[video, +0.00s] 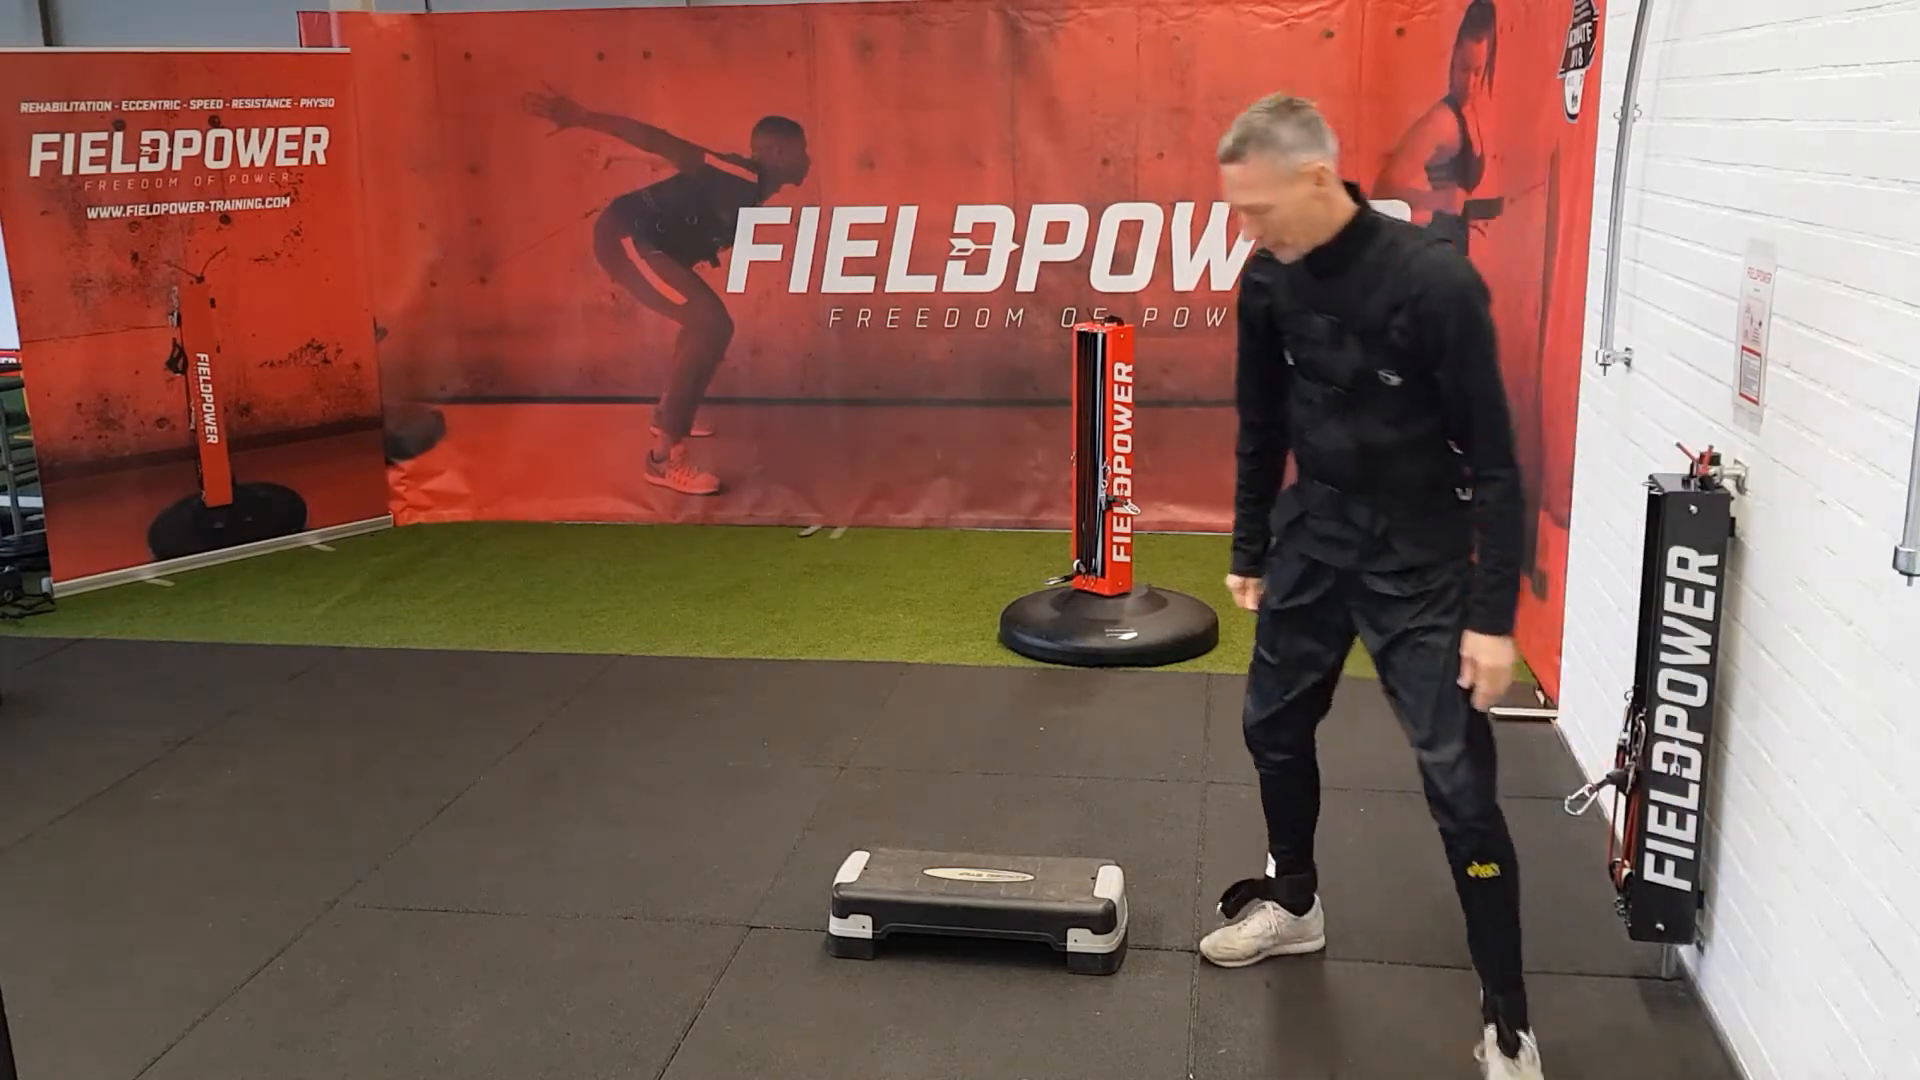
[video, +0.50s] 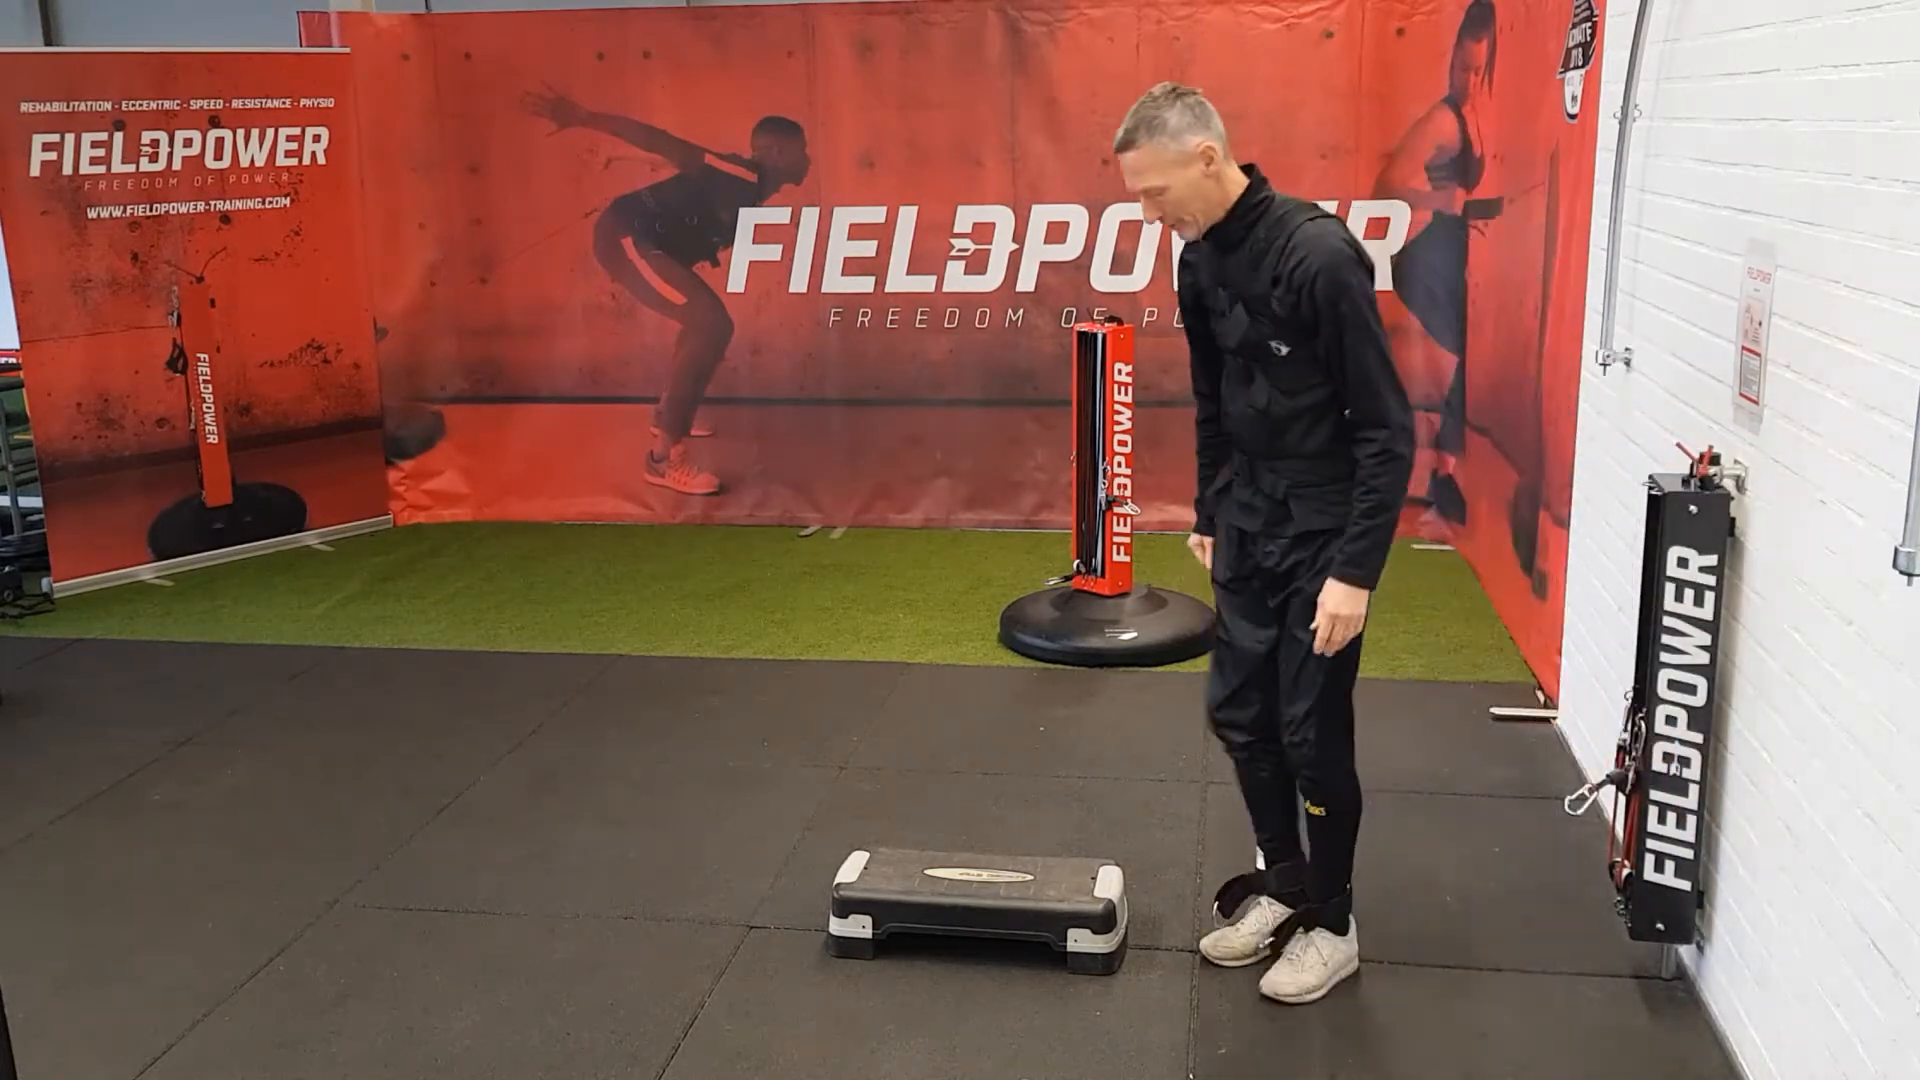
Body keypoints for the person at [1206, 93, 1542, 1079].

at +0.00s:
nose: (1247, 232)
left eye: (1259, 211)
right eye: (1238, 211)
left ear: (1322, 180)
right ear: (1251, 192)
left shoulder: (1434, 282)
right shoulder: (1269, 277)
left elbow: (1497, 461)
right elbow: (1259, 424)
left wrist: (1492, 619)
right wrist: (1250, 548)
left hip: (1423, 558)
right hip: (1311, 544)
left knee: (1459, 786)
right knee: (1274, 726)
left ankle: (1508, 1027)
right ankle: (1292, 900)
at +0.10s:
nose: (1212, 221)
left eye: (1222, 201)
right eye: (1203, 203)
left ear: (1284, 171)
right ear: (1243, 183)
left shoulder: (1400, 270)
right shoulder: (1244, 272)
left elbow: (1457, 443)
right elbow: (1234, 417)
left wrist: (1449, 595)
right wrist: (1219, 543)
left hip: (1397, 550)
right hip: (1292, 539)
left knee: (1431, 776)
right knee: (1272, 730)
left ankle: (1477, 1008)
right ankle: (1292, 903)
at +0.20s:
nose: (1186, 217)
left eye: (1196, 195)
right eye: (1176, 198)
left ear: (1254, 165)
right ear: (1206, 180)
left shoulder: (1367, 254)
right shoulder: (1219, 270)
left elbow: (1432, 422)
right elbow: (1216, 415)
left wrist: (1417, 572)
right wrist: (1200, 536)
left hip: (1385, 530)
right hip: (1288, 525)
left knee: (1387, 752)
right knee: (1280, 727)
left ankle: (1420, 972)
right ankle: (1292, 901)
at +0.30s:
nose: (1171, 218)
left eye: (1179, 197)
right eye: (1160, 201)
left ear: (1234, 164)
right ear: (1168, 185)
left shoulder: (1346, 247)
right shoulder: (1204, 270)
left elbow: (1416, 414)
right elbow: (1206, 412)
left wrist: (1394, 559)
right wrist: (1195, 532)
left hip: (1366, 526)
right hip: (1274, 523)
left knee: (1349, 741)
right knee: (1276, 725)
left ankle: (1359, 943)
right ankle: (1291, 901)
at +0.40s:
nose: (1158, 216)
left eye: (1165, 194)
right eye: (1148, 199)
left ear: (1219, 160)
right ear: (1187, 175)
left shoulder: (1332, 247)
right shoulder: (1198, 262)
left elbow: (1403, 416)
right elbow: (1205, 404)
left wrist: (1374, 555)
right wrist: (1202, 521)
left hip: (1346, 522)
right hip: (1259, 518)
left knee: (1327, 733)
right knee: (1263, 719)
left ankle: (1335, 927)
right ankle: (1290, 896)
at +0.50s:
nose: (1150, 214)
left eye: (1156, 194)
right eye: (1141, 197)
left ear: (1210, 161)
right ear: (1188, 172)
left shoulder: (1318, 257)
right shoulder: (1199, 252)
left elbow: (1386, 429)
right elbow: (1211, 397)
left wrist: (1355, 572)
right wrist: (1209, 512)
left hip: (1329, 526)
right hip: (1247, 522)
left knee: (1313, 731)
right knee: (1241, 715)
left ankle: (1333, 923)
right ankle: (1284, 887)